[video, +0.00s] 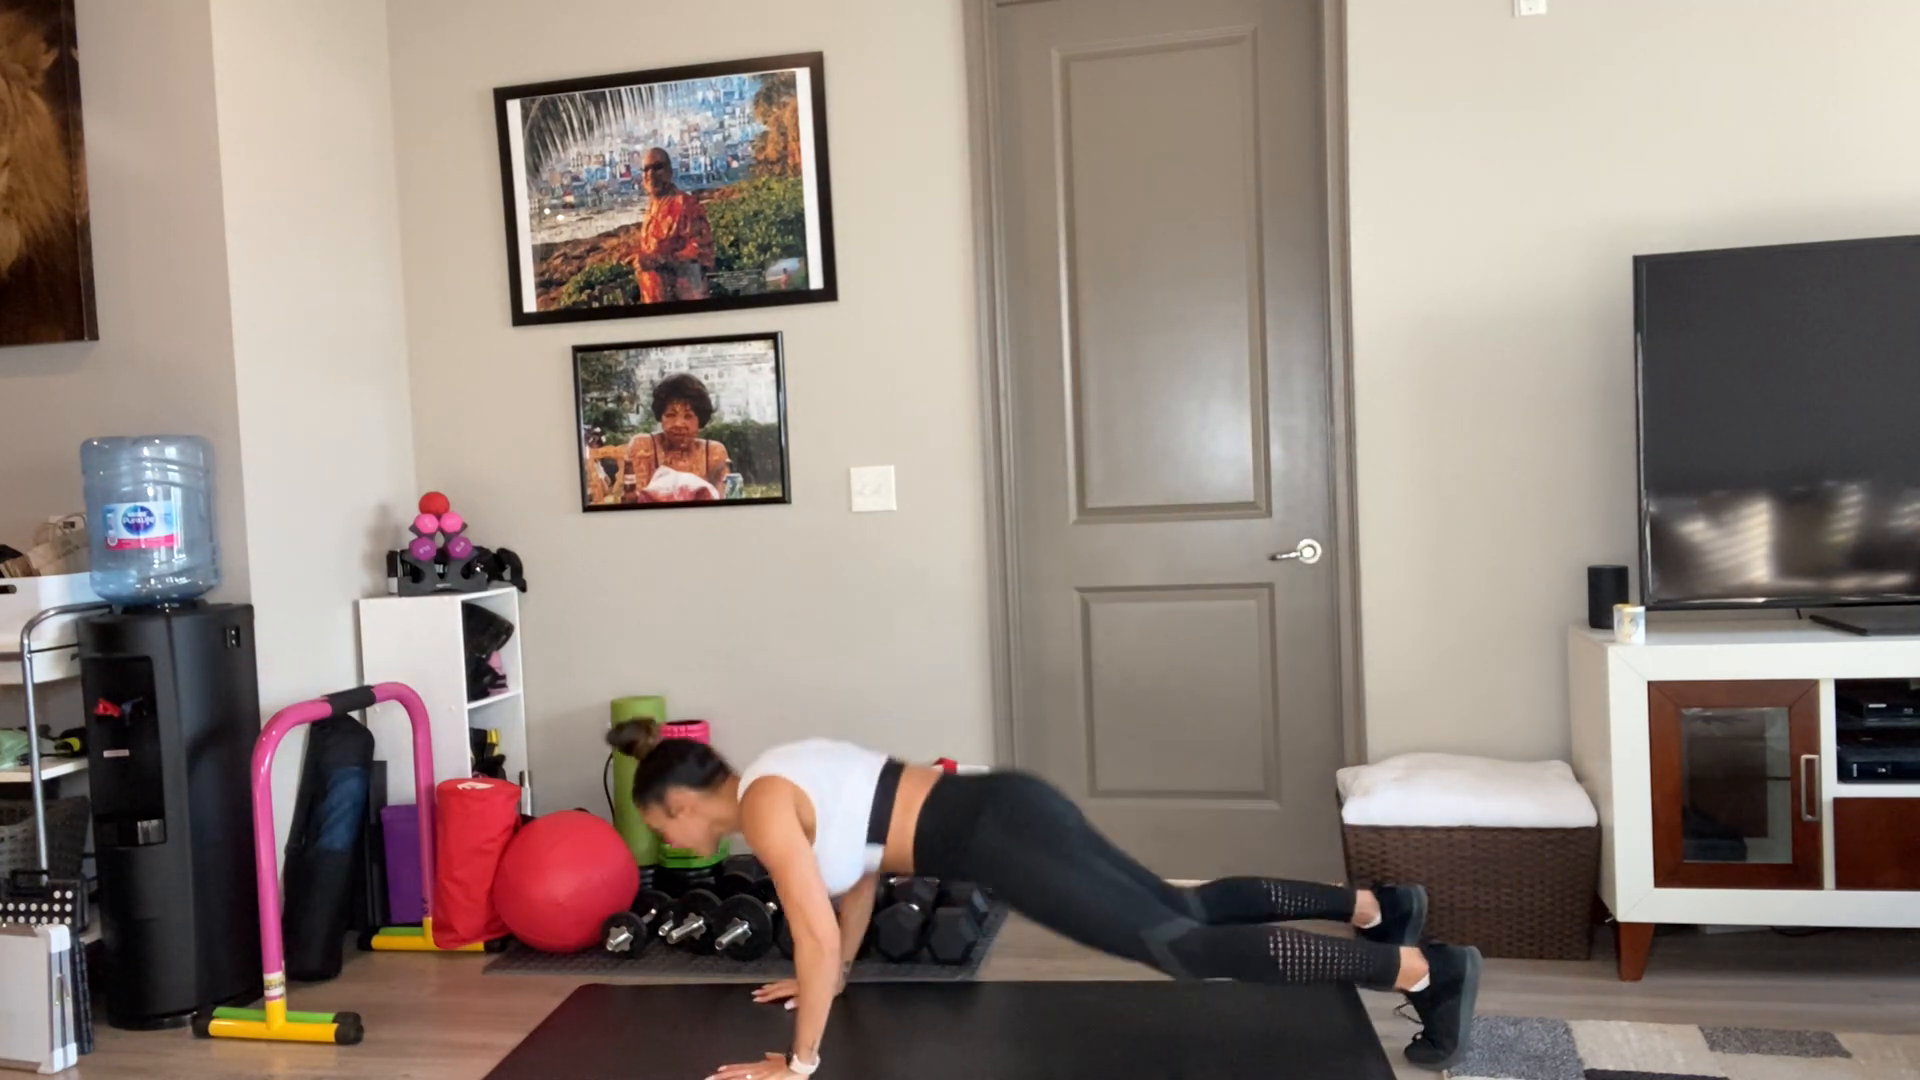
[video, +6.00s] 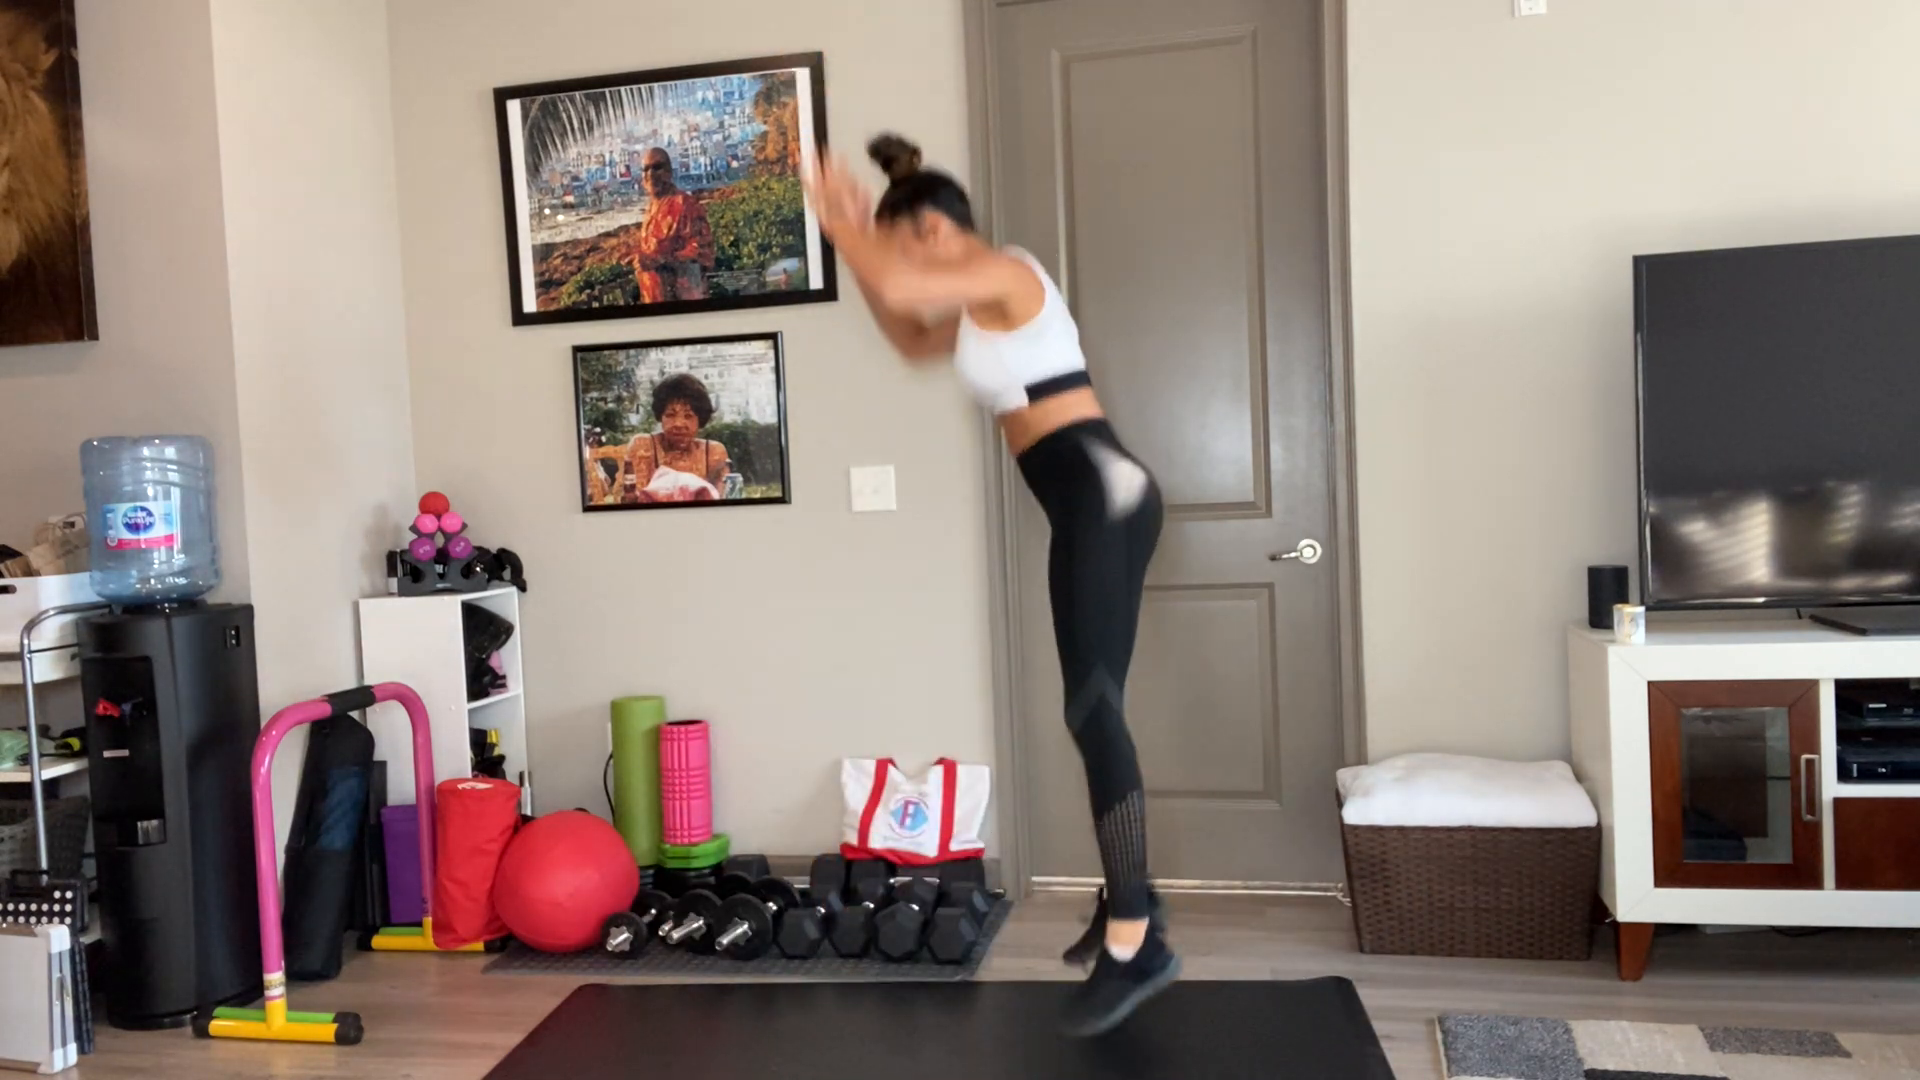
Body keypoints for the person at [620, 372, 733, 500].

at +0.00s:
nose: (679, 424)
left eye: (688, 416)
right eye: (671, 415)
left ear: (701, 420)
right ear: (660, 418)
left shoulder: (715, 451)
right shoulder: (642, 446)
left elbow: (719, 501)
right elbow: (638, 499)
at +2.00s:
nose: (679, 424)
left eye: (688, 416)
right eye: (671, 415)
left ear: (701, 420)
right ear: (660, 418)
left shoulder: (715, 451)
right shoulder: (641, 446)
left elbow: (722, 500)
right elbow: (636, 498)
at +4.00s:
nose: (679, 424)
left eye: (688, 416)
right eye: (670, 415)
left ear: (700, 420)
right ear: (660, 418)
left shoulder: (714, 451)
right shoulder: (641, 446)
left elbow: (722, 499)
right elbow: (629, 499)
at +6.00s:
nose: (679, 424)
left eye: (688, 416)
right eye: (670, 415)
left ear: (700, 420)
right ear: (660, 417)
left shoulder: (715, 451)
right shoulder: (641, 446)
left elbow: (721, 501)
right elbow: (634, 500)